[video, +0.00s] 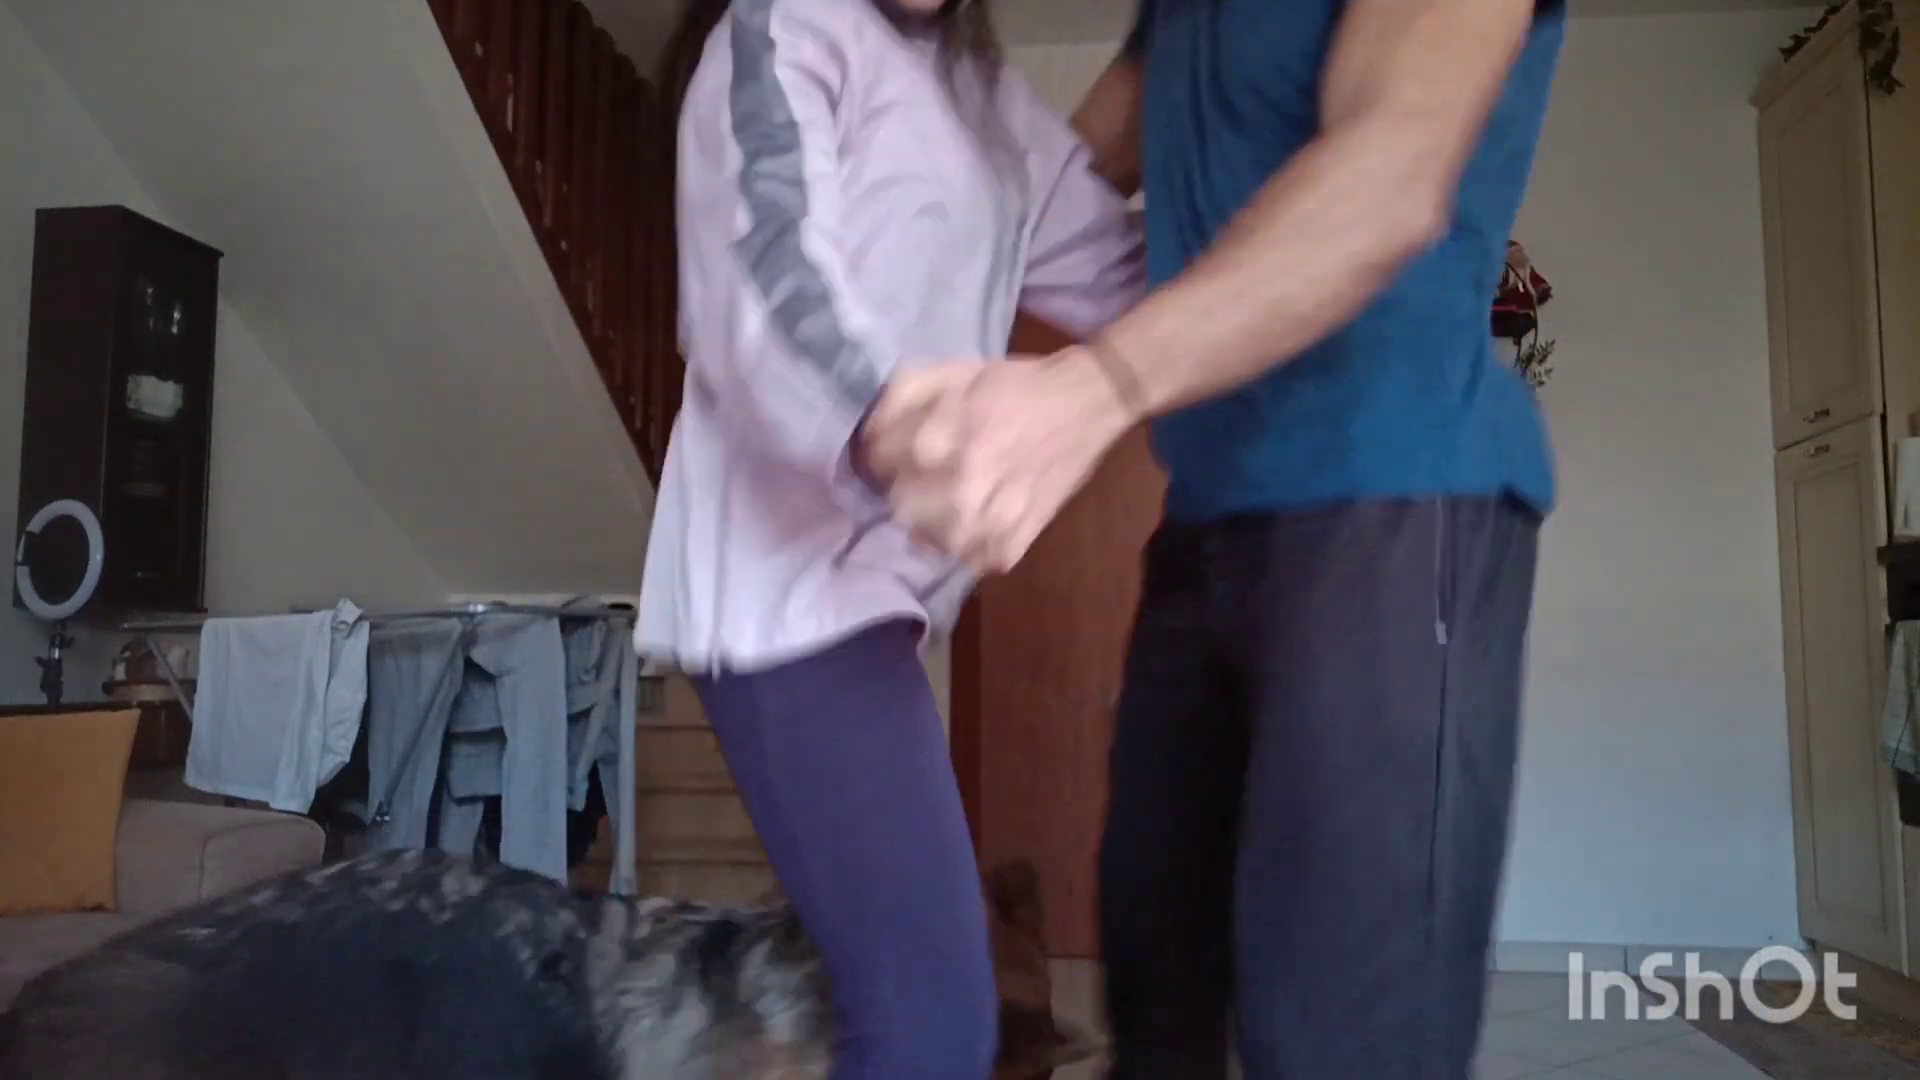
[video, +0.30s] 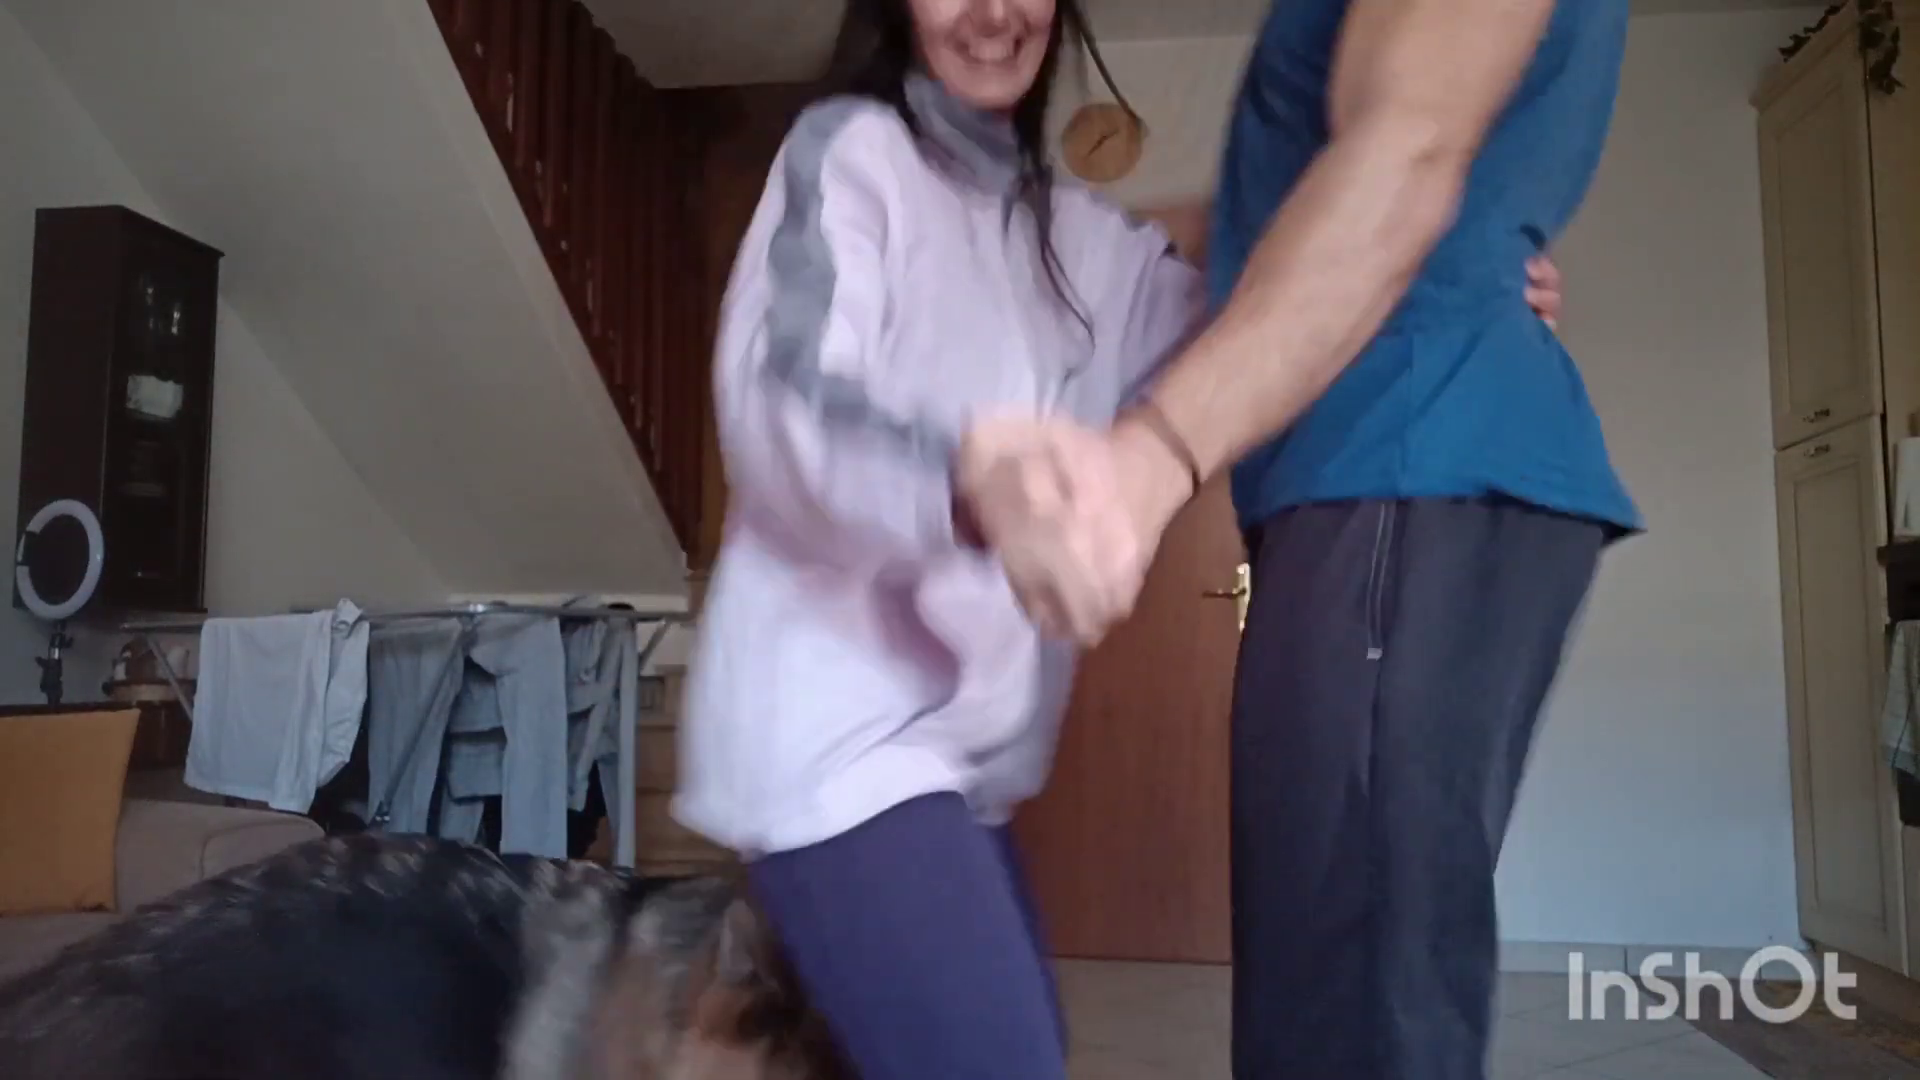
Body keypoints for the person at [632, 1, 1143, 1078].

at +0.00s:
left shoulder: (983, 90)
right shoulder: (776, 37)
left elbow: (1127, 275)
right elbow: (765, 292)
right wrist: (928, 448)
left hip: (876, 594)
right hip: (783, 597)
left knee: (934, 1009)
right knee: (928, 1017)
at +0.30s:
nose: (996, 13)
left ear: (1058, 16)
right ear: (901, 11)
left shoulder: (1081, 229)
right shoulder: (848, 153)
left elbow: (1253, 339)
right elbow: (775, 394)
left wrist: (1484, 296)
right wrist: (962, 472)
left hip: (958, 751)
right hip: (826, 742)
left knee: (1023, 1050)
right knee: (995, 1058)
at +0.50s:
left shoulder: (1151, 96)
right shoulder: (925, 43)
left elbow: (1308, 253)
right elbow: (826, 178)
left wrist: (1527, 269)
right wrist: (876, 2)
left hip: (1091, 568)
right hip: (974, 551)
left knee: (1104, 966)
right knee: (1070, 1006)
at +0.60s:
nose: (1123, 4)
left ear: (1158, 14)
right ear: (1035, 1)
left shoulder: (1205, 181)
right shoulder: (986, 98)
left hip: (1116, 673)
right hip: (1008, 670)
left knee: (1203, 961)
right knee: (1155, 1053)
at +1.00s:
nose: (1196, 40)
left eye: (1222, 13)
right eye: (1166, 15)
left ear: (1262, 29)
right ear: (1130, 30)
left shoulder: (1331, 194)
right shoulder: (1108, 129)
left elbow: (1465, 312)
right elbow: (1050, 13)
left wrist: (1632, 327)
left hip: (1292, 631)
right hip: (1152, 610)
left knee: (1316, 966)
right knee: (1257, 968)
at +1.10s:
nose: (1220, 80)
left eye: (1242, 50)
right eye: (1189, 56)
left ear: (1289, 66)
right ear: (1156, 80)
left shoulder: (1355, 243)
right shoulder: (1137, 183)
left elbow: (1476, 367)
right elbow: (1073, 25)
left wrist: (1635, 365)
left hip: (1311, 664)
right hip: (1169, 660)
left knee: (1353, 983)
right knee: (1263, 1005)